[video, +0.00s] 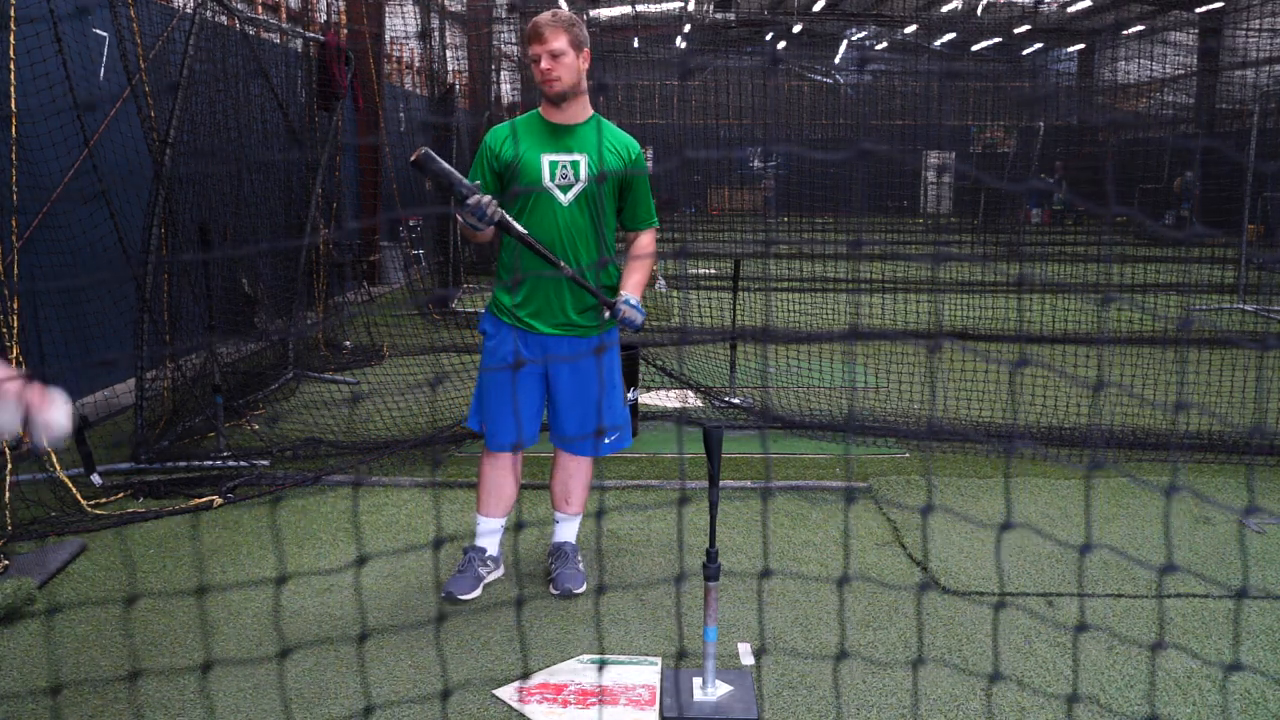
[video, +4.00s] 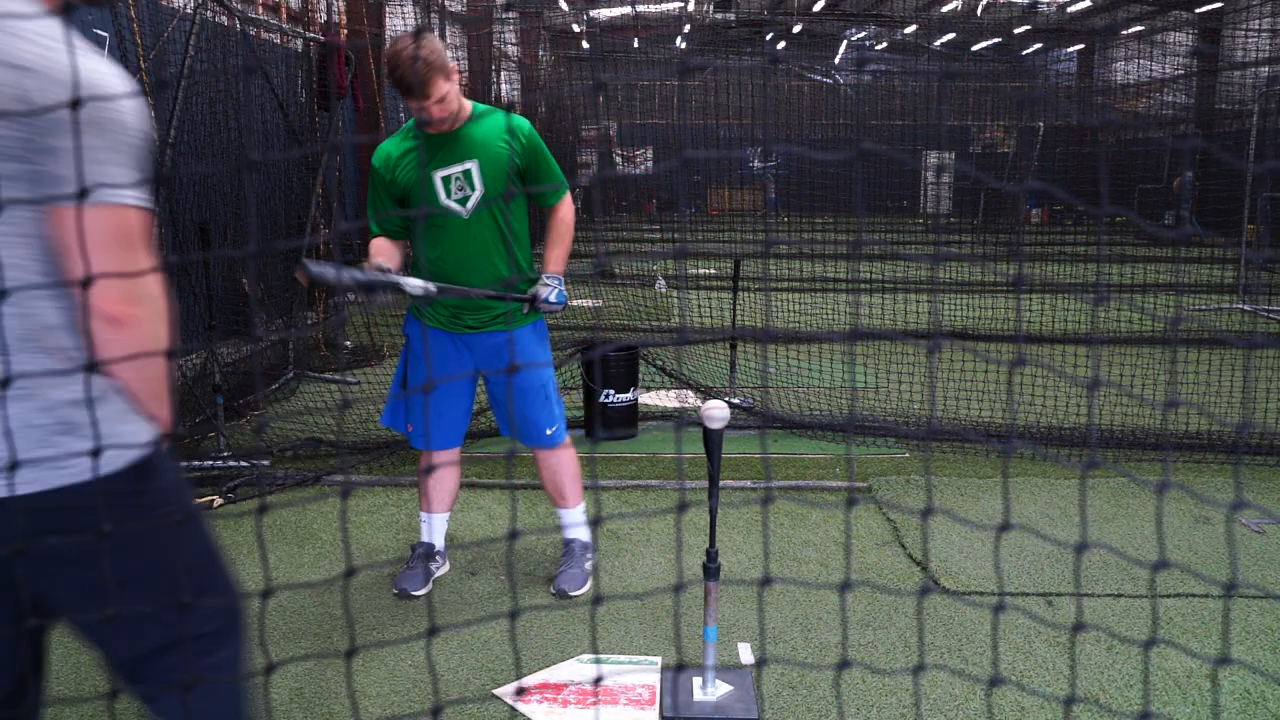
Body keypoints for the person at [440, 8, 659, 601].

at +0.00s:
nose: (547, 67)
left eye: (557, 56)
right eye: (537, 59)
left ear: (584, 59)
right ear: (529, 67)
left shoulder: (621, 151)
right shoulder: (502, 142)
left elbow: (641, 240)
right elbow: (477, 236)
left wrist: (629, 295)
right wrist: (477, 217)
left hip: (587, 326)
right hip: (513, 321)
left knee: (576, 439)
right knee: (501, 439)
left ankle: (565, 546)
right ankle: (486, 551)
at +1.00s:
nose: (556, 60)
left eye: (566, 49)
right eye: (544, 52)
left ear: (587, 57)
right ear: (532, 64)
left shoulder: (622, 146)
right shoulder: (501, 139)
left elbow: (652, 226)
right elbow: (475, 231)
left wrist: (641, 281)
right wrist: (482, 195)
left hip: (590, 321)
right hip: (517, 318)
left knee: (576, 443)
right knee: (501, 444)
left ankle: (566, 547)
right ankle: (485, 552)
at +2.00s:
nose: (569, 59)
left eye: (577, 48)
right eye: (556, 51)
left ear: (592, 57)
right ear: (538, 63)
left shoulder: (625, 148)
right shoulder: (505, 141)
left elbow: (654, 227)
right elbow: (482, 233)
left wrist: (637, 278)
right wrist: (479, 188)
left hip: (593, 322)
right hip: (519, 319)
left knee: (579, 439)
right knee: (504, 440)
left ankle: (566, 547)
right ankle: (486, 551)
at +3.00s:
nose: (582, 64)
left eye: (586, 53)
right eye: (568, 54)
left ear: (595, 59)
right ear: (537, 64)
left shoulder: (620, 150)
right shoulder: (499, 133)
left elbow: (653, 227)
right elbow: (465, 206)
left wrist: (624, 288)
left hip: (583, 324)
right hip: (507, 320)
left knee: (574, 441)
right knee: (492, 442)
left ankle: (566, 546)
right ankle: (484, 549)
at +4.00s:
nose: (435, 114)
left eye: (441, 101)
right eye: (421, 108)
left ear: (457, 77)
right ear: (403, 99)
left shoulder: (512, 134)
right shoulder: (391, 159)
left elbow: (561, 201)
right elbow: (388, 233)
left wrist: (552, 276)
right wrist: (381, 268)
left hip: (515, 319)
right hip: (436, 325)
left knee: (547, 434)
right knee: (436, 443)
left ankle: (577, 540)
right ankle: (430, 548)